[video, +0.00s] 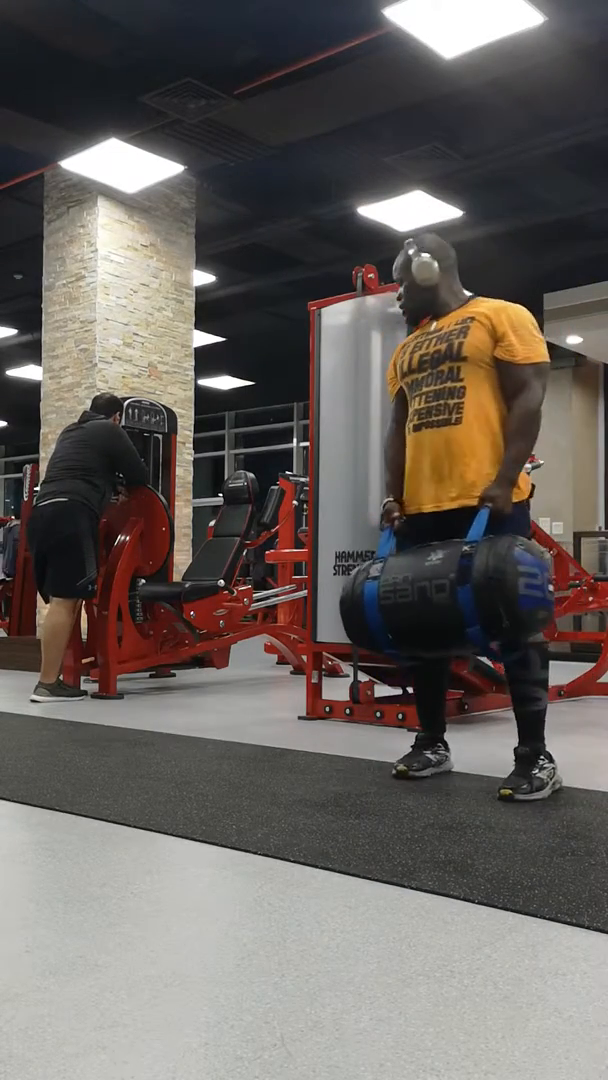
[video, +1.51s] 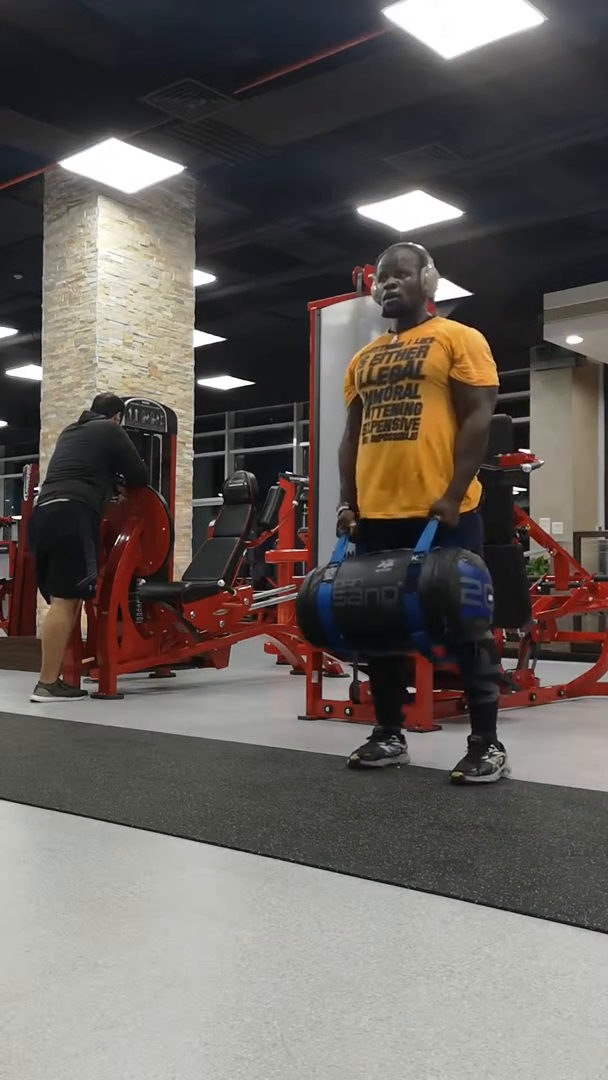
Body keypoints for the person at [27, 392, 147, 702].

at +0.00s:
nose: (121, 424)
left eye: (120, 420)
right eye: (122, 419)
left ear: (91, 413)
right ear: (116, 417)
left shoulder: (69, 431)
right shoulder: (111, 431)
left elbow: (75, 470)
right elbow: (140, 478)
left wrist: (110, 486)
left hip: (41, 512)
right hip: (69, 511)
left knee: (61, 601)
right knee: (63, 601)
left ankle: (52, 679)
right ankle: (48, 682)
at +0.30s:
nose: (121, 424)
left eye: (121, 420)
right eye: (122, 419)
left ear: (91, 413)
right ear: (116, 417)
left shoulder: (69, 431)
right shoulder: (111, 431)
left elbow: (75, 470)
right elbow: (140, 478)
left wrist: (109, 486)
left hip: (41, 512)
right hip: (69, 511)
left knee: (61, 601)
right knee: (63, 601)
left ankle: (52, 679)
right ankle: (48, 682)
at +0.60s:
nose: (121, 424)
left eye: (120, 420)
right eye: (121, 419)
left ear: (91, 412)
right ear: (116, 417)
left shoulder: (69, 431)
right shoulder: (112, 431)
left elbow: (75, 471)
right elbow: (140, 478)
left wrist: (110, 487)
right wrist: (112, 475)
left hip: (41, 512)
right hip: (69, 511)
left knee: (61, 601)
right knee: (63, 602)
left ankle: (51, 679)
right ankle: (48, 682)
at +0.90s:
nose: (121, 424)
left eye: (120, 420)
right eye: (121, 419)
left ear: (91, 413)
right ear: (115, 417)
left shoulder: (69, 431)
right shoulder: (112, 431)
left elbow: (74, 471)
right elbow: (140, 478)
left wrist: (109, 487)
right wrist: (112, 475)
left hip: (41, 511)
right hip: (69, 511)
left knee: (61, 601)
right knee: (63, 601)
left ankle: (51, 679)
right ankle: (48, 682)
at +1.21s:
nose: (121, 424)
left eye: (120, 420)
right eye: (121, 419)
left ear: (91, 413)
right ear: (115, 417)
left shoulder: (69, 431)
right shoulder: (111, 430)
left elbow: (75, 470)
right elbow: (140, 478)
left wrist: (109, 484)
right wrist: (111, 472)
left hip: (41, 512)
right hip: (69, 511)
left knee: (63, 601)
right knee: (63, 601)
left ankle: (52, 679)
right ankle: (48, 682)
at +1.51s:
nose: (121, 424)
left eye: (120, 420)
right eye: (121, 419)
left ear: (92, 412)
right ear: (116, 417)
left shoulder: (69, 431)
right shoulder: (111, 430)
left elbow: (75, 470)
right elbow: (140, 478)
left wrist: (109, 484)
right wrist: (110, 471)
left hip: (42, 512)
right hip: (70, 511)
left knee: (62, 601)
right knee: (64, 601)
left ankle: (51, 679)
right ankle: (48, 682)